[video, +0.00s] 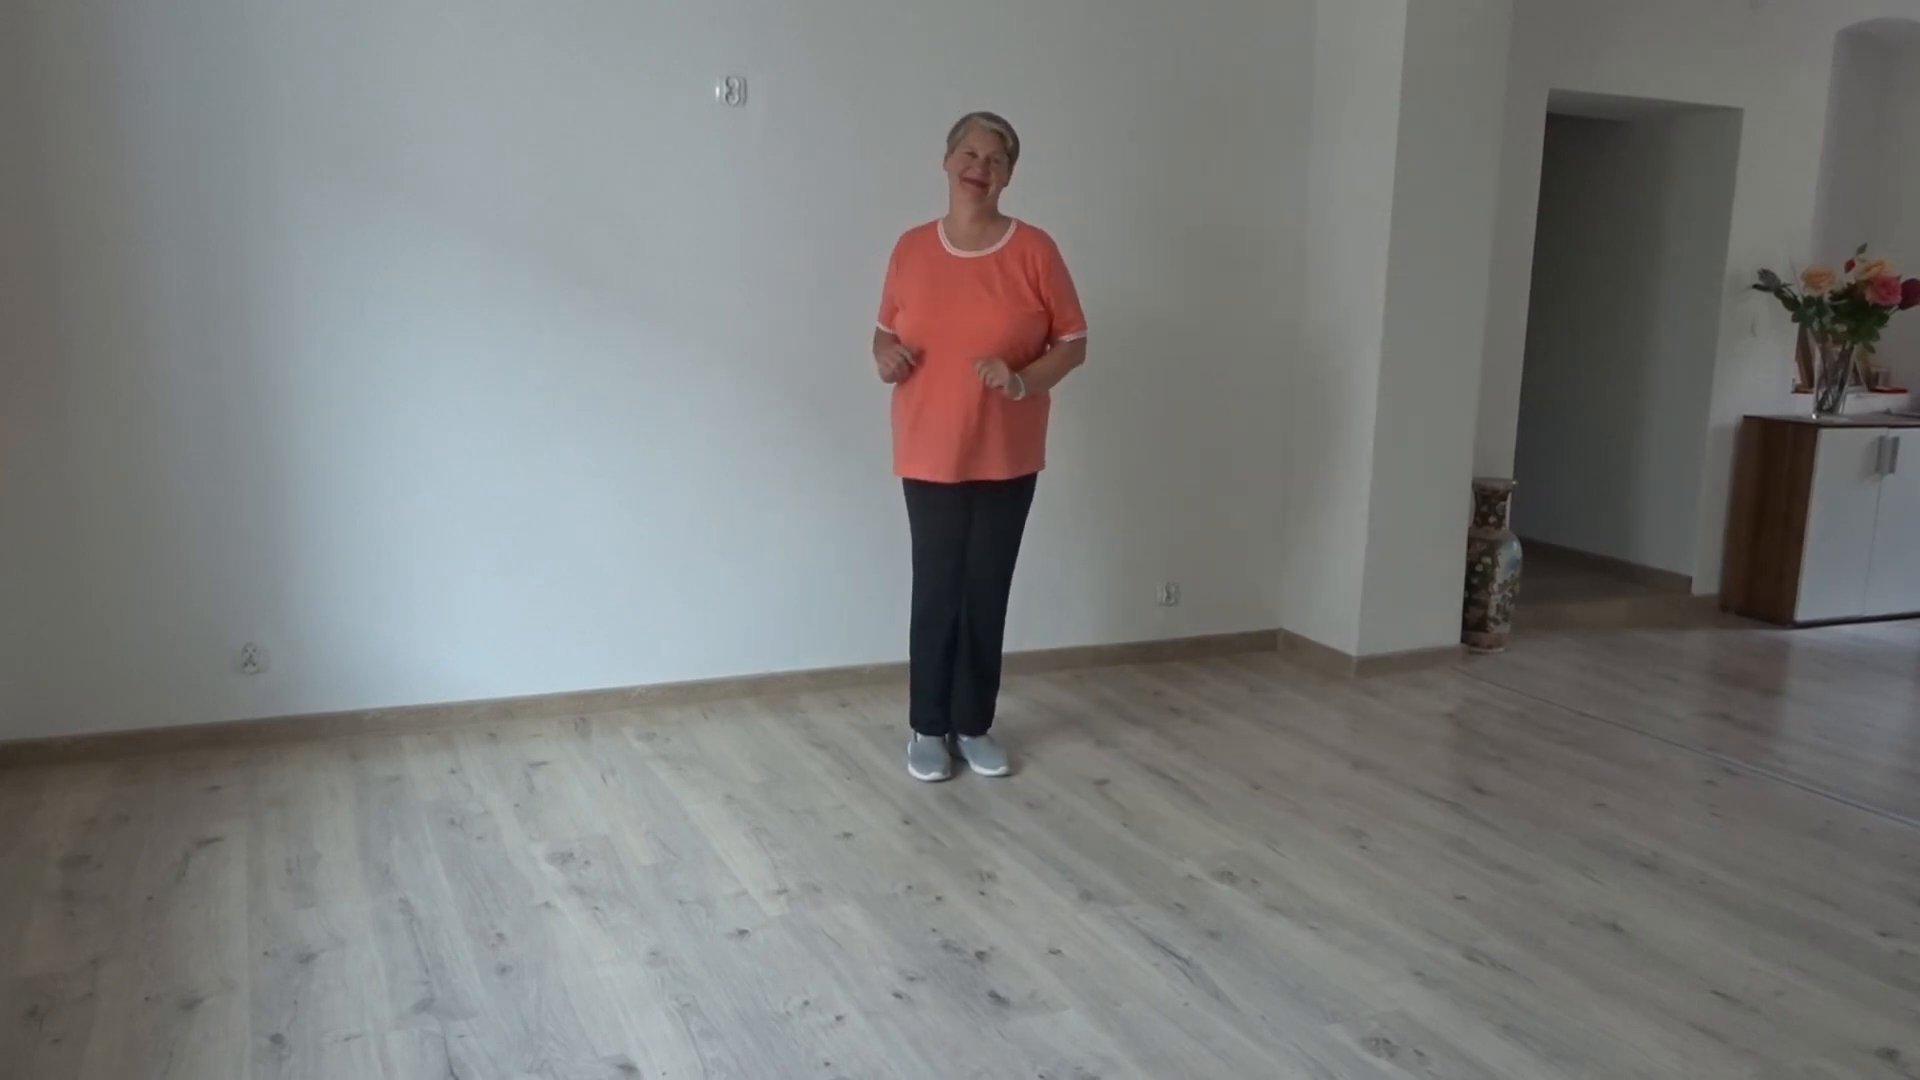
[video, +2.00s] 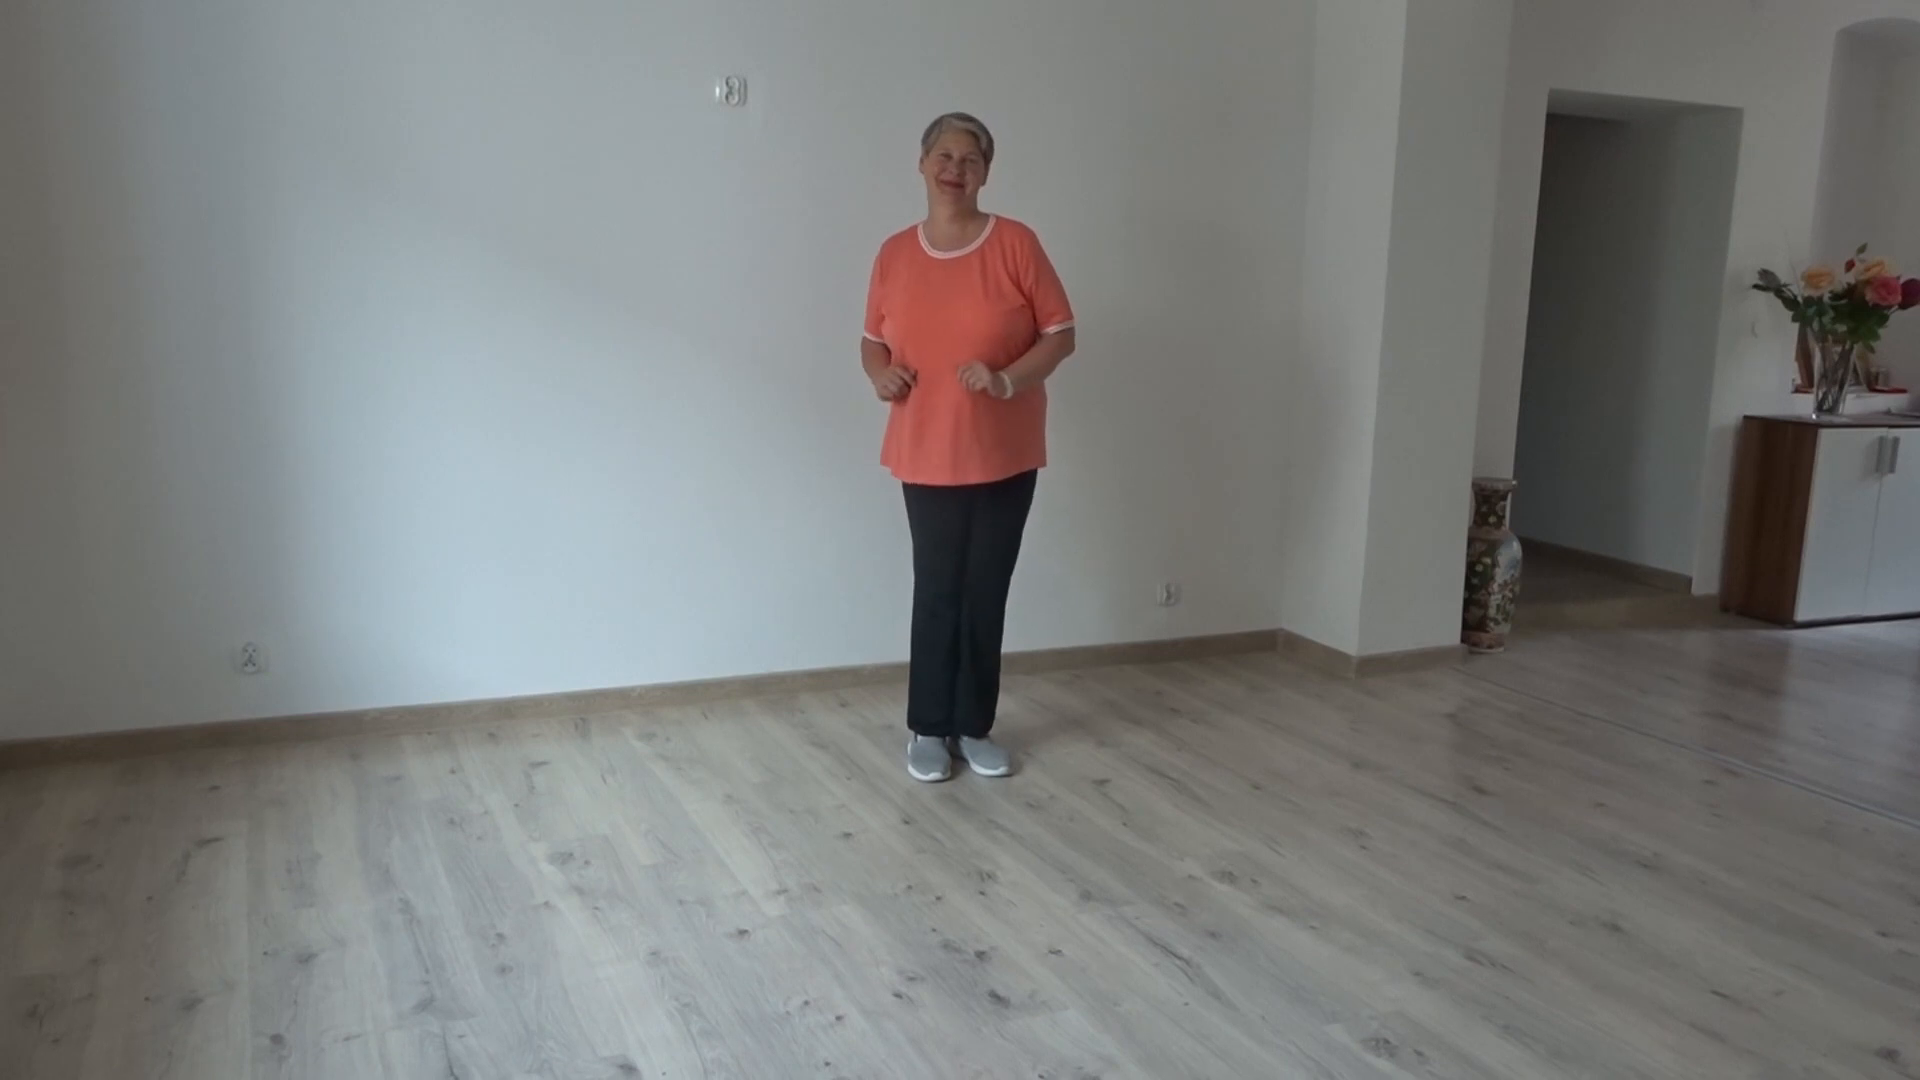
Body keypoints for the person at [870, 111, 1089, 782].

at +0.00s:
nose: (980, 164)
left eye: (995, 158)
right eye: (968, 153)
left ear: (1009, 174)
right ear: (946, 163)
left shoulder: (1035, 249)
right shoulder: (914, 247)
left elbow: (1074, 342)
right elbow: (886, 334)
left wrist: (1026, 378)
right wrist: (888, 353)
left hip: (1007, 457)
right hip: (930, 457)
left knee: (987, 596)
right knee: (936, 593)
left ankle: (974, 728)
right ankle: (928, 731)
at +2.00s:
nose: (955, 165)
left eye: (969, 157)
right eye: (943, 154)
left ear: (986, 172)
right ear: (922, 165)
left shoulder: (1015, 242)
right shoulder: (896, 253)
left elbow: (1061, 333)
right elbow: (873, 339)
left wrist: (1010, 378)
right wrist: (882, 371)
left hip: (1004, 458)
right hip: (928, 458)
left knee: (985, 598)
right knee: (937, 595)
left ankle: (973, 730)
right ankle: (928, 731)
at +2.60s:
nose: (971, 168)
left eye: (983, 156)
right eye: (957, 159)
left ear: (1004, 166)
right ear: (940, 171)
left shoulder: (1028, 253)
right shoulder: (913, 243)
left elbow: (1047, 340)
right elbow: (864, 329)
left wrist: (1046, 377)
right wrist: (929, 374)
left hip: (1004, 459)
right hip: (933, 457)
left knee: (985, 600)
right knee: (939, 598)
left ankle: (970, 730)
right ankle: (925, 733)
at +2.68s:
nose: (975, 169)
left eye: (987, 158)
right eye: (961, 160)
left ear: (1006, 168)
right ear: (943, 172)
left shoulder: (1027, 255)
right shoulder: (918, 245)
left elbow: (1041, 343)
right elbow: (868, 333)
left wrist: (1047, 380)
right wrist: (936, 378)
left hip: (1005, 460)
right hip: (934, 458)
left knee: (986, 601)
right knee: (940, 598)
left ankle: (970, 731)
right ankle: (926, 733)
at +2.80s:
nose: (978, 168)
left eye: (989, 157)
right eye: (963, 160)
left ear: (1008, 167)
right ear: (945, 173)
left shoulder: (1027, 253)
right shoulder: (922, 244)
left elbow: (1037, 338)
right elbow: (873, 333)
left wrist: (1048, 379)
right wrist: (944, 379)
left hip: (1005, 459)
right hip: (936, 457)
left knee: (987, 599)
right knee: (940, 596)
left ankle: (970, 730)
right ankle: (925, 732)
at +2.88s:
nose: (978, 167)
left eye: (989, 156)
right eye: (964, 159)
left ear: (1009, 166)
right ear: (945, 172)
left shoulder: (1029, 253)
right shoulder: (923, 244)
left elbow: (1039, 339)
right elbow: (874, 333)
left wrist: (1050, 378)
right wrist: (945, 379)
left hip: (1006, 458)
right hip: (937, 457)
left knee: (987, 598)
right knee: (941, 595)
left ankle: (969, 730)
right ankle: (925, 732)